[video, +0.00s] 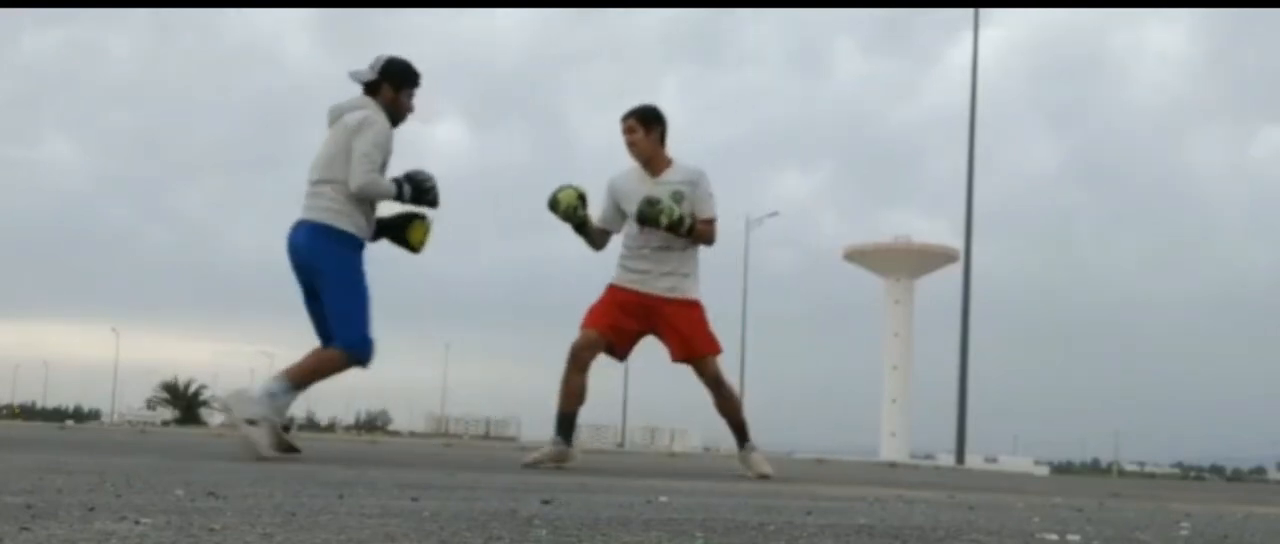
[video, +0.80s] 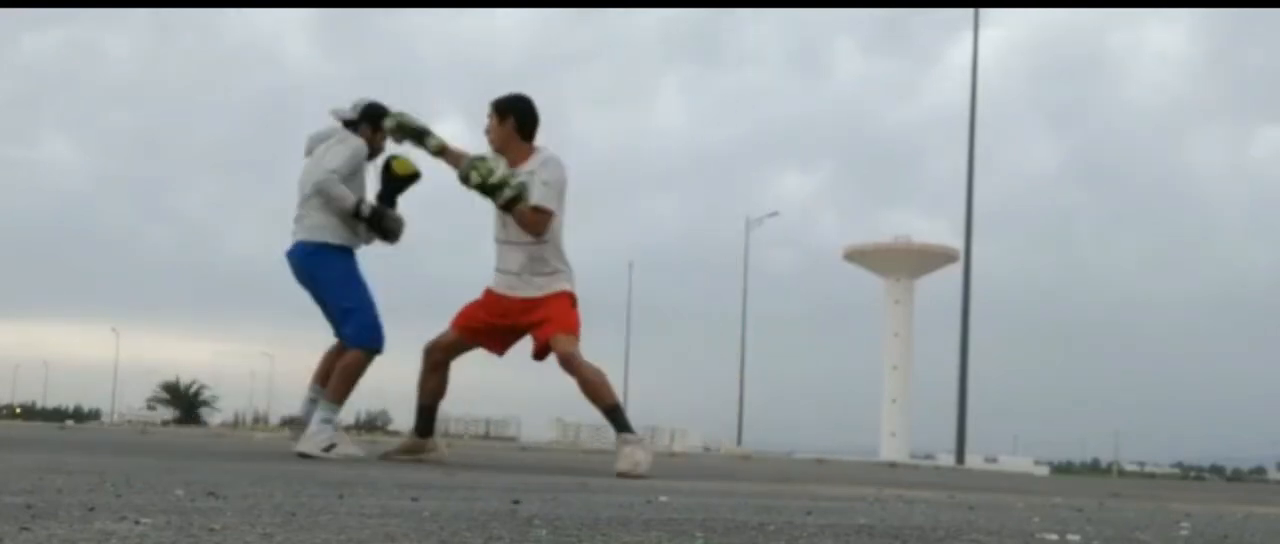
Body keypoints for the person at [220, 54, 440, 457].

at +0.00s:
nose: (412, 105)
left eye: (413, 96)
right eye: (409, 95)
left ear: (379, 91)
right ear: (387, 90)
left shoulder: (350, 121)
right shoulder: (374, 124)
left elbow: (338, 205)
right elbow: (362, 182)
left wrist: (384, 228)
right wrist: (403, 188)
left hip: (310, 236)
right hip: (333, 239)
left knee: (338, 345)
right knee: (355, 347)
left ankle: (272, 412)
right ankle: (265, 399)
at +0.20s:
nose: (367, 176)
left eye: (367, 170)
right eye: (366, 170)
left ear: (330, 159)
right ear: (358, 165)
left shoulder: (297, 183)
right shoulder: (356, 190)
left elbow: (289, 224)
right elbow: (362, 230)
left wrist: (328, 245)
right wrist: (378, 279)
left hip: (250, 267)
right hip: (282, 274)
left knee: (310, 340)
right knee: (281, 382)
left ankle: (292, 429)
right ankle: (174, 418)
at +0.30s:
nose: (377, 183)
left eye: (379, 176)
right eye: (375, 175)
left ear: (345, 165)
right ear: (357, 168)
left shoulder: (310, 186)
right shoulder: (351, 187)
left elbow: (291, 241)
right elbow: (327, 212)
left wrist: (327, 275)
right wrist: (350, 254)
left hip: (257, 269)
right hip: (285, 272)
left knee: (318, 335)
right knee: (275, 376)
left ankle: (293, 428)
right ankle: (174, 415)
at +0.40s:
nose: (380, 160)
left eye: (383, 154)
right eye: (377, 151)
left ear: (356, 149)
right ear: (355, 145)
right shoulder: (338, 160)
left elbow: (306, 236)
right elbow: (317, 177)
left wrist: (335, 263)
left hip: (283, 262)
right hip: (293, 258)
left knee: (338, 341)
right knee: (293, 354)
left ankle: (299, 427)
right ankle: (201, 405)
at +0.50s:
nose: (385, 142)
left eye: (388, 136)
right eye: (382, 133)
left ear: (368, 131)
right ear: (363, 126)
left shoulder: (348, 163)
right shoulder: (340, 140)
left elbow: (319, 216)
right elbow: (339, 152)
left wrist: (347, 233)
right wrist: (384, 154)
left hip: (305, 242)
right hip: (297, 237)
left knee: (330, 336)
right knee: (314, 332)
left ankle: (297, 428)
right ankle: (242, 417)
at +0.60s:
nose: (397, 128)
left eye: (400, 121)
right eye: (394, 118)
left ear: (383, 116)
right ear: (372, 111)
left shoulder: (354, 141)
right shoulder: (353, 132)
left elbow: (331, 202)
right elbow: (320, 159)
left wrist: (359, 213)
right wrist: (364, 178)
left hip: (296, 229)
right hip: (305, 229)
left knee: (327, 329)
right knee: (337, 326)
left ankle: (298, 422)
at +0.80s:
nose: (385, 144)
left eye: (386, 137)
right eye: (384, 135)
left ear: (359, 127)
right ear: (371, 129)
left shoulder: (341, 151)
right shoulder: (352, 145)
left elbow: (362, 233)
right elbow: (321, 179)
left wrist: (388, 195)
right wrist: (366, 211)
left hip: (315, 251)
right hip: (324, 250)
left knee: (351, 338)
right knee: (366, 338)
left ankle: (309, 421)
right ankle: (321, 429)